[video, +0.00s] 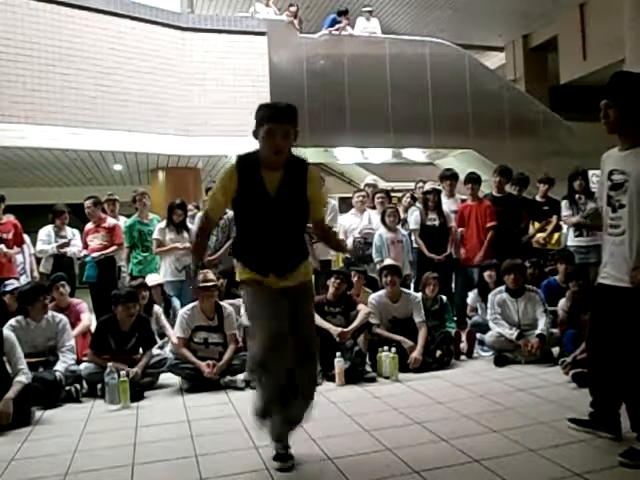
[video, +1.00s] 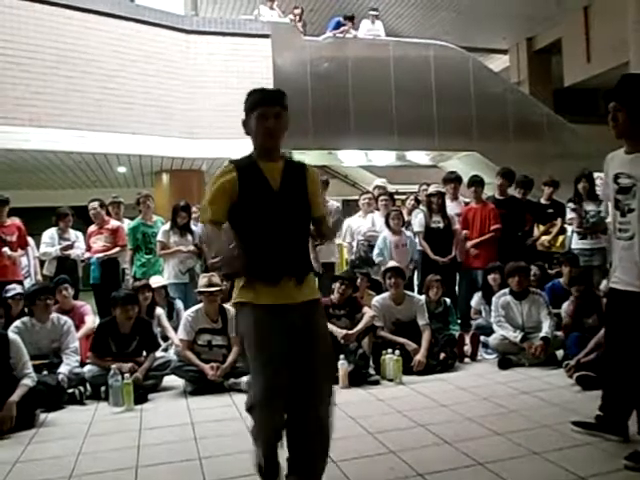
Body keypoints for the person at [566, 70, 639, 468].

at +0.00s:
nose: (604, 117)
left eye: (610, 109)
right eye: (603, 110)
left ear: (627, 113)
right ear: (608, 115)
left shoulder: (636, 159)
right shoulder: (609, 158)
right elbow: (609, 214)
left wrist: (638, 267)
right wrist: (585, 221)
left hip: (633, 279)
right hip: (608, 277)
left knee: (635, 359)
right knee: (603, 350)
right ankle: (604, 416)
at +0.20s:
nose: (612, 118)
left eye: (617, 110)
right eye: (610, 111)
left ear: (633, 114)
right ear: (616, 117)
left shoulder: (634, 161)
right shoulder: (613, 159)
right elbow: (610, 213)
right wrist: (590, 222)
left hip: (634, 280)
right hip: (613, 277)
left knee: (634, 360)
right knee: (609, 352)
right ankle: (609, 417)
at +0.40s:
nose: (616, 118)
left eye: (621, 111)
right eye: (615, 112)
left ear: (637, 115)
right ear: (619, 118)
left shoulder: (634, 162)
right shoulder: (618, 160)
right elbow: (614, 218)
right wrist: (595, 225)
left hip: (635, 282)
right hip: (617, 279)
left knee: (634, 360)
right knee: (615, 354)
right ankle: (611, 418)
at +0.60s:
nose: (614, 119)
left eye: (620, 112)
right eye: (613, 113)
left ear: (636, 115)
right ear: (618, 118)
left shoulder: (634, 162)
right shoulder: (617, 161)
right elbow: (615, 220)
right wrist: (593, 228)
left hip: (636, 282)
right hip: (618, 279)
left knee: (635, 360)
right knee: (615, 353)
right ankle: (612, 418)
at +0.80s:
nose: (613, 122)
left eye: (618, 113)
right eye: (612, 114)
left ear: (633, 116)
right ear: (618, 119)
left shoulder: (632, 162)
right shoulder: (615, 161)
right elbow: (616, 222)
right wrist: (610, 273)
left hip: (636, 283)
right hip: (619, 279)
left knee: (635, 360)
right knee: (618, 354)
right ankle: (612, 418)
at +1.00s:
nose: (612, 122)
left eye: (617, 114)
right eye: (611, 115)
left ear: (632, 117)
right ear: (618, 119)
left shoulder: (632, 163)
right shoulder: (614, 160)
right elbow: (614, 222)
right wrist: (610, 273)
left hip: (637, 283)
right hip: (620, 279)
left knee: (636, 359)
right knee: (618, 353)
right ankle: (613, 418)